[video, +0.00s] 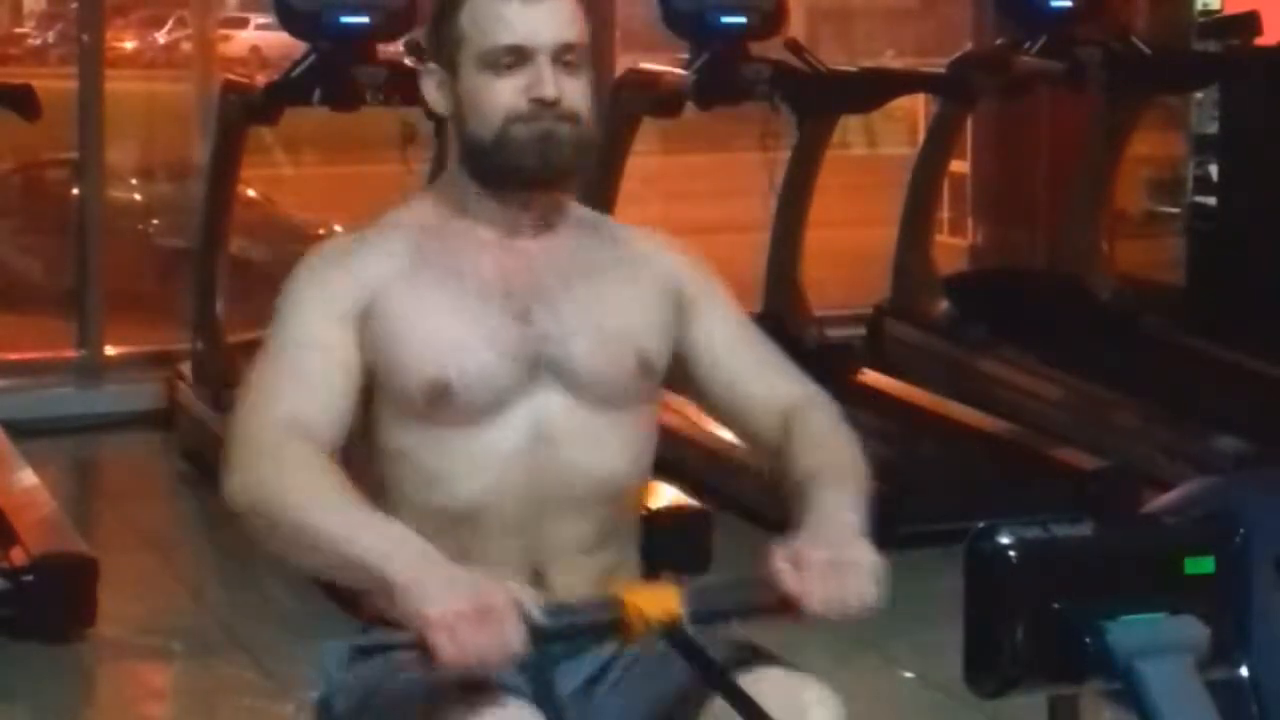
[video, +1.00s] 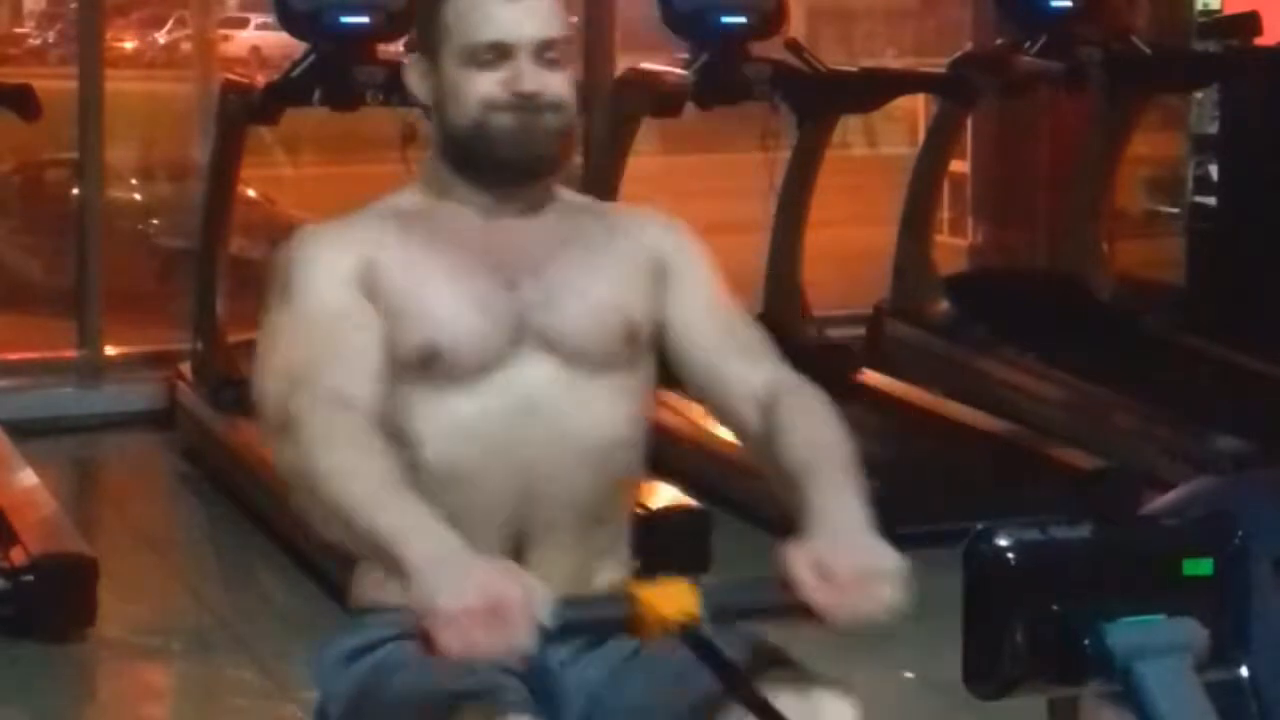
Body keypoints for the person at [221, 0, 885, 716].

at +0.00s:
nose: (548, 87)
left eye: (570, 63)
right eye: (509, 64)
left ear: (596, 85)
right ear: (439, 88)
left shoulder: (655, 271)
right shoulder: (352, 275)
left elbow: (799, 416)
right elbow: (266, 466)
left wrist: (834, 522)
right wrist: (422, 574)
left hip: (617, 644)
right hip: (427, 650)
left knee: (800, 705)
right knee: (494, 718)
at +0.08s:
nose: (570, 89)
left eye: (591, 63)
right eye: (530, 64)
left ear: (616, 84)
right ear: (460, 89)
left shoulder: (677, 275)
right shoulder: (373, 280)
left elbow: (827, 423)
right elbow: (306, 472)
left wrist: (877, 550)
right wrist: (459, 602)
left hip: (634, 649)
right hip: (434, 652)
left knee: (824, 697)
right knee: (482, 704)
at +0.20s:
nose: (620, 97)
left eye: (644, 69)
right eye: (577, 70)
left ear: (674, 93)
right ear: (506, 105)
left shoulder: (742, 296)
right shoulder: (408, 301)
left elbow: (890, 455)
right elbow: (386, 495)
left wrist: (969, 616)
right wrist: (530, 663)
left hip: (662, 649)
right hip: (462, 659)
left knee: (851, 683)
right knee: (510, 708)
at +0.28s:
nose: (647, 108)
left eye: (671, 76)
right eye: (603, 79)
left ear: (699, 103)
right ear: (531, 114)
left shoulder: (768, 308)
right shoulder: (429, 312)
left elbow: (918, 475)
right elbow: (427, 513)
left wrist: (1027, 653)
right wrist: (567, 695)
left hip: (669, 665)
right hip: (471, 669)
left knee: (855, 678)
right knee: (510, 708)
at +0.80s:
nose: (628, 102)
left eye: (654, 69)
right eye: (583, 73)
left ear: (683, 90)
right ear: (508, 101)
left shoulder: (751, 293)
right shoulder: (413, 296)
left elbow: (893, 469)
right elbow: (435, 502)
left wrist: (998, 655)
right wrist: (560, 686)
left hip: (658, 647)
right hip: (460, 653)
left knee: (855, 672)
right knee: (511, 707)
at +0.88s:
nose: (590, 91)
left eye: (611, 62)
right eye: (547, 65)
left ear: (640, 81)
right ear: (476, 92)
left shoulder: (719, 276)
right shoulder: (388, 276)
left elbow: (845, 437)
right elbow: (394, 459)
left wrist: (926, 586)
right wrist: (512, 628)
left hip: (655, 635)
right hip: (439, 643)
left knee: (878, 677)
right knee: (523, 700)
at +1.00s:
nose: (529, 84)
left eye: (550, 57)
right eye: (488, 59)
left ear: (578, 74)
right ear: (419, 77)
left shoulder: (649, 247)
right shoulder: (341, 258)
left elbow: (771, 397)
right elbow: (322, 431)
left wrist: (839, 519)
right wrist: (440, 563)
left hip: (607, 639)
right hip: (419, 635)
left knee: (798, 694)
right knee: (477, 698)